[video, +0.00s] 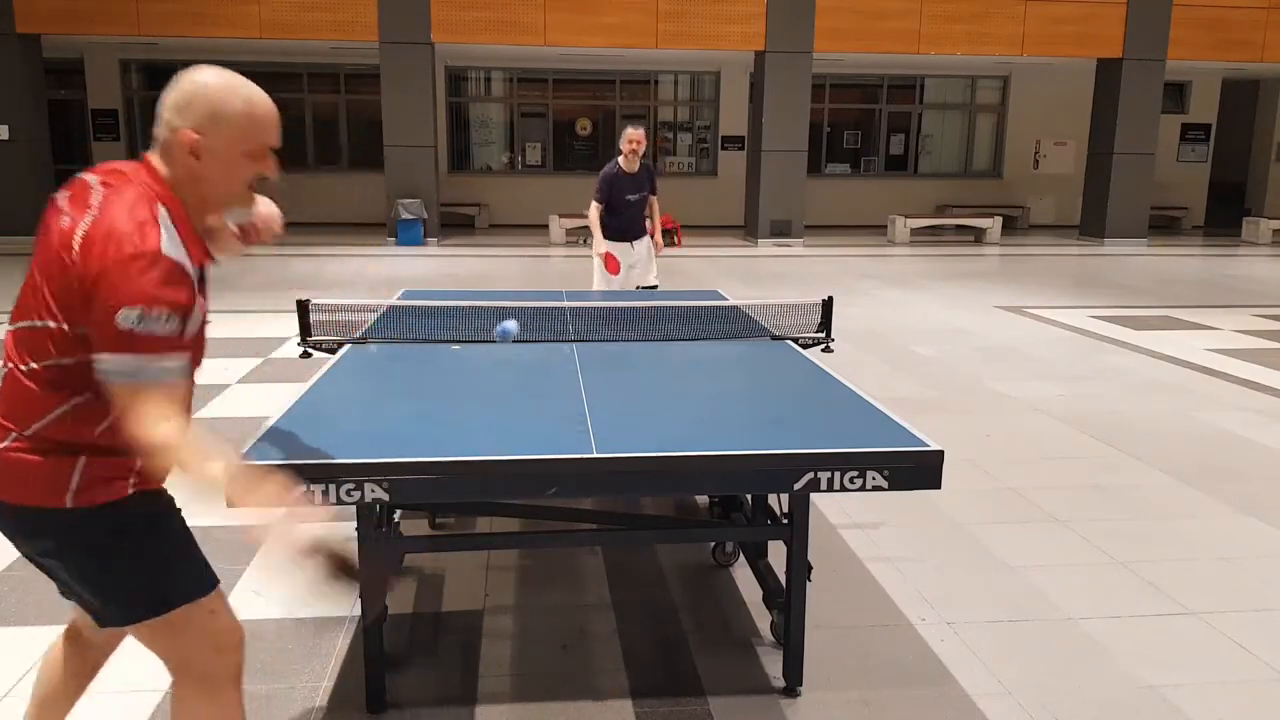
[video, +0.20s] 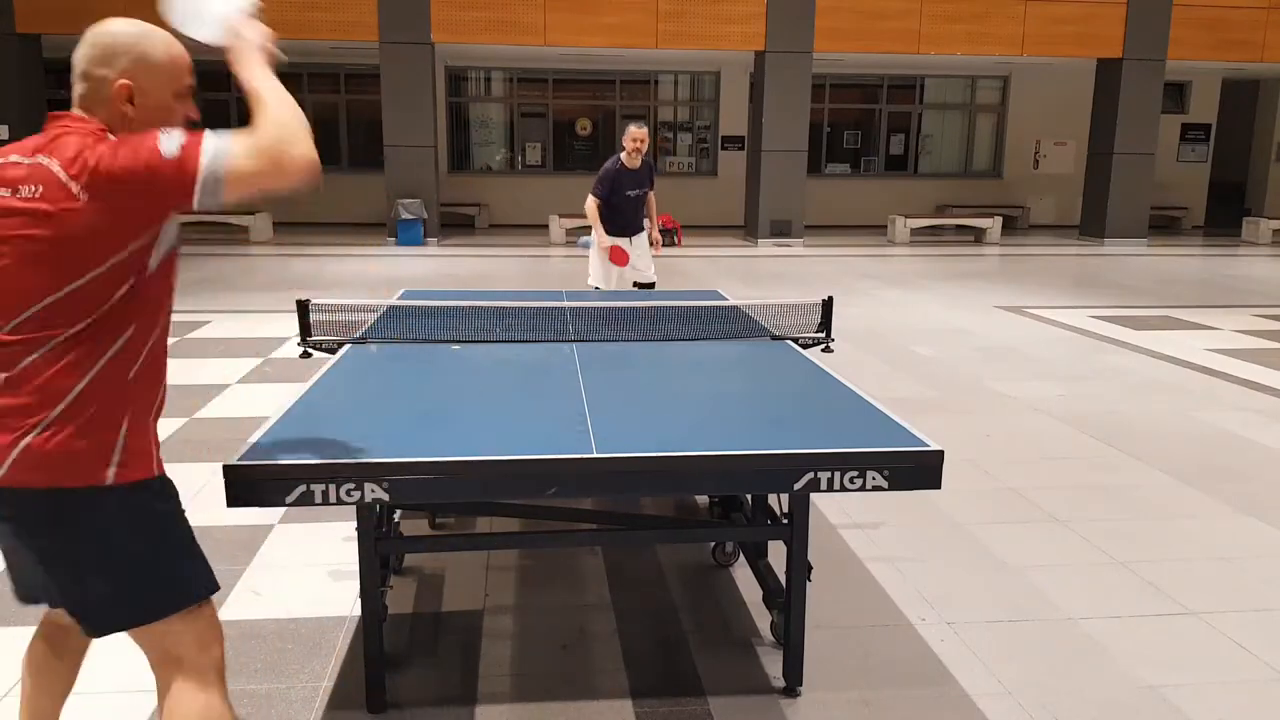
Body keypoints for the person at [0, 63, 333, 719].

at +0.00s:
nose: (270, 171)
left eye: (273, 153)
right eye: (260, 152)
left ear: (189, 145)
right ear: (194, 147)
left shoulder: (102, 184)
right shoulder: (144, 248)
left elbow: (163, 228)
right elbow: (152, 424)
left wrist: (223, 227)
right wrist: (247, 485)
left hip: (28, 462)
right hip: (83, 481)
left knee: (103, 615)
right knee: (210, 649)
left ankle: (39, 716)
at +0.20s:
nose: (191, 115)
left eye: (189, 97)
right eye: (178, 96)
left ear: (109, 94)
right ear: (123, 95)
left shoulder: (15, 162)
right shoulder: (122, 166)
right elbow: (291, 158)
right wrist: (250, 58)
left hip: (15, 462)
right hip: (93, 468)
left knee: (66, 619)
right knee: (191, 662)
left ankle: (35, 719)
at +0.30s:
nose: (156, 100)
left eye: (154, 85)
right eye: (148, 83)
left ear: (69, 86)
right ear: (105, 88)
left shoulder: (10, 157)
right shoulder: (110, 155)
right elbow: (270, 122)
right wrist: (206, 38)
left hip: (12, 459)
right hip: (95, 461)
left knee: (62, 613)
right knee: (192, 659)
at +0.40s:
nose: (132, 108)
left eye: (129, 93)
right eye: (126, 92)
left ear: (42, 94)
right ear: (93, 94)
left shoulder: (3, 159)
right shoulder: (108, 162)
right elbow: (267, 158)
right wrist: (208, 71)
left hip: (5, 461)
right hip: (89, 461)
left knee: (61, 613)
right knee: (195, 659)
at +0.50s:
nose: (128, 114)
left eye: (126, 100)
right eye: (124, 100)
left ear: (34, 101)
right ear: (99, 101)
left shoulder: (4, 162)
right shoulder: (106, 171)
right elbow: (269, 197)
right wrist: (228, 110)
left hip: (6, 462)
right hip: (85, 463)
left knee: (58, 617)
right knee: (197, 651)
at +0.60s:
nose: (139, 113)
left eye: (139, 100)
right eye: (137, 100)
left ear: (48, 102)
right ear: (113, 103)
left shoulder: (5, 168)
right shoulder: (116, 178)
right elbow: (275, 239)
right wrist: (262, 148)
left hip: (6, 464)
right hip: (86, 465)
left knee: (58, 620)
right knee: (200, 652)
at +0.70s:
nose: (168, 115)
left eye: (168, 102)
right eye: (166, 102)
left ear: (74, 104)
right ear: (142, 106)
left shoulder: (6, 174)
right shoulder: (134, 188)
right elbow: (276, 283)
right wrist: (295, 202)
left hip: (5, 470)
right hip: (92, 472)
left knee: (58, 631)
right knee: (217, 651)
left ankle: (32, 719)